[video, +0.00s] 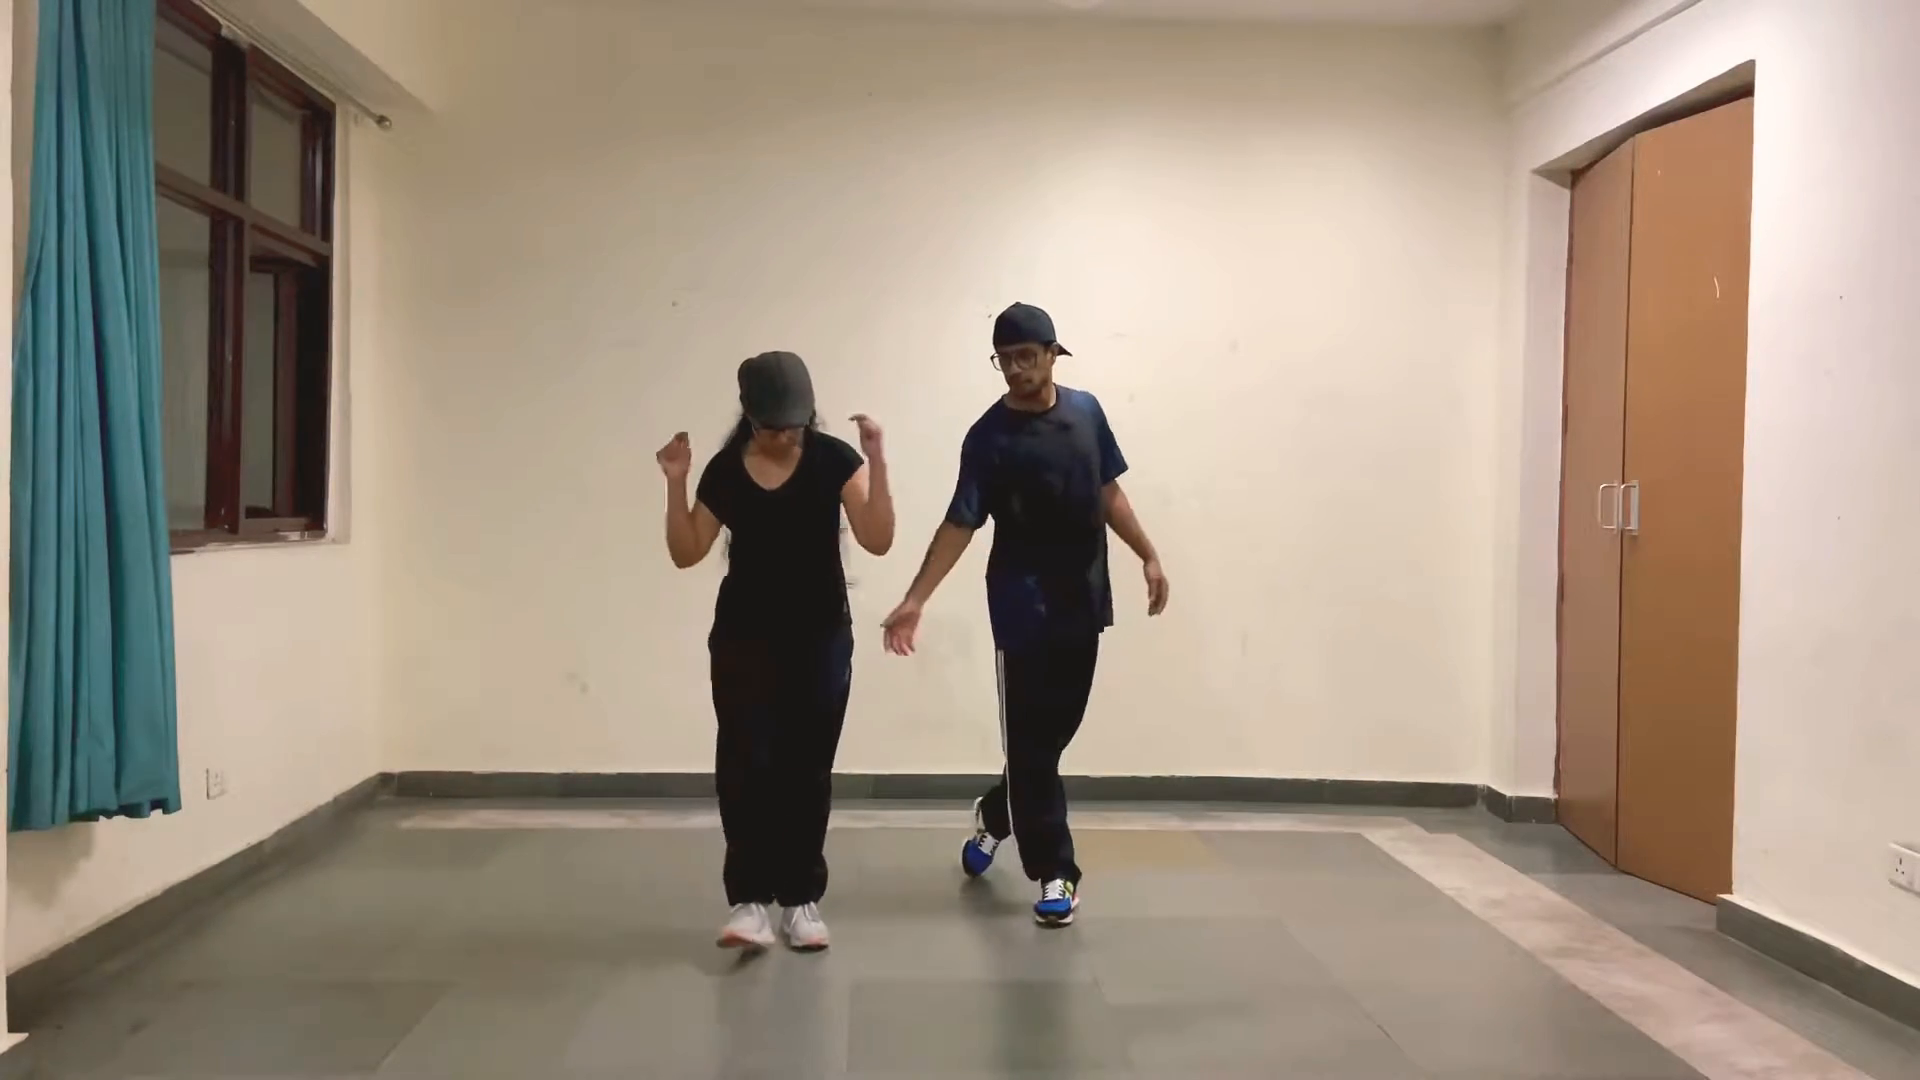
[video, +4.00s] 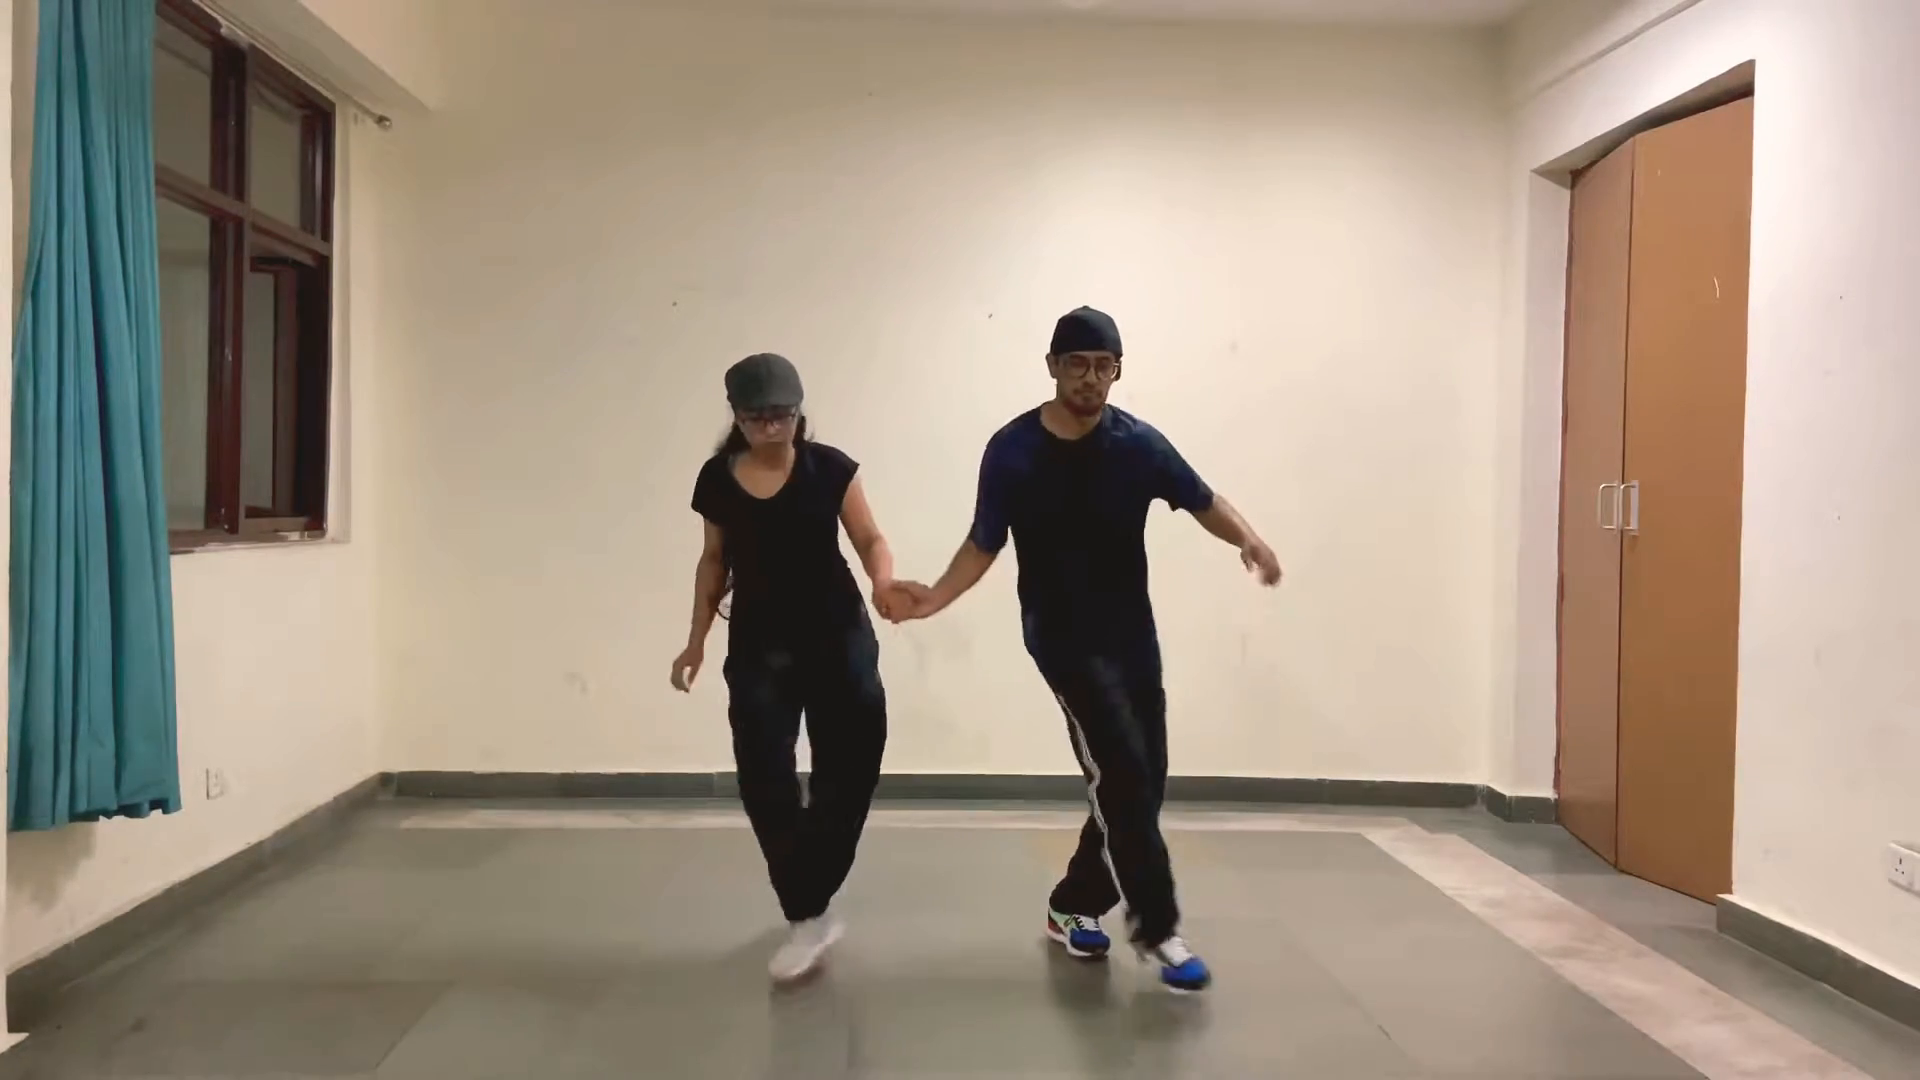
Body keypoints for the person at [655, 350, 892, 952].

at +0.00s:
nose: (787, 436)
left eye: (795, 424)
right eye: (774, 427)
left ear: (808, 413)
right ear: (750, 417)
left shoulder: (832, 457)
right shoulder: (728, 468)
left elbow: (877, 540)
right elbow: (687, 552)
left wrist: (876, 463)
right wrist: (676, 483)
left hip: (819, 636)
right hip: (745, 635)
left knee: (807, 766)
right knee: (745, 766)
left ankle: (802, 903)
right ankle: (749, 905)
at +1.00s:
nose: (766, 424)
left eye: (777, 412)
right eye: (754, 413)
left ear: (792, 408)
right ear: (732, 409)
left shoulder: (814, 457)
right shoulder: (704, 464)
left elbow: (854, 530)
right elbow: (670, 544)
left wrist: (900, 583)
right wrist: (633, 616)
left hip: (796, 638)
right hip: (722, 640)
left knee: (795, 766)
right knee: (729, 768)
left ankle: (797, 903)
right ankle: (739, 903)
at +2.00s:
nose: (726, 440)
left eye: (738, 428)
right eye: (715, 428)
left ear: (760, 425)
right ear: (699, 424)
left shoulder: (787, 485)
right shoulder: (673, 477)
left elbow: (800, 560)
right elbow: (630, 550)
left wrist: (801, 625)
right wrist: (595, 622)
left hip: (747, 651)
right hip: (674, 645)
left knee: (735, 775)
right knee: (625, 762)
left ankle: (771, 900)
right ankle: (576, 887)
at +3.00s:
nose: (850, 436)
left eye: (860, 424)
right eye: (837, 425)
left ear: (874, 419)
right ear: (813, 421)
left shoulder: (897, 472)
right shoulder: (783, 476)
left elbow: (943, 529)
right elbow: (737, 536)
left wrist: (968, 593)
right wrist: (729, 615)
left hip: (879, 654)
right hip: (803, 656)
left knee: (900, 777)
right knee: (782, 778)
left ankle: (935, 902)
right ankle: (768, 899)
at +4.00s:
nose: (772, 424)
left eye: (782, 412)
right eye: (759, 414)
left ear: (799, 410)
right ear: (737, 416)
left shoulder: (830, 469)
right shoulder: (718, 481)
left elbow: (869, 539)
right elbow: (713, 562)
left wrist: (882, 582)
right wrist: (696, 641)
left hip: (836, 643)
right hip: (759, 649)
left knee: (850, 771)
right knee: (764, 782)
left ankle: (811, 906)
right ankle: (807, 917)